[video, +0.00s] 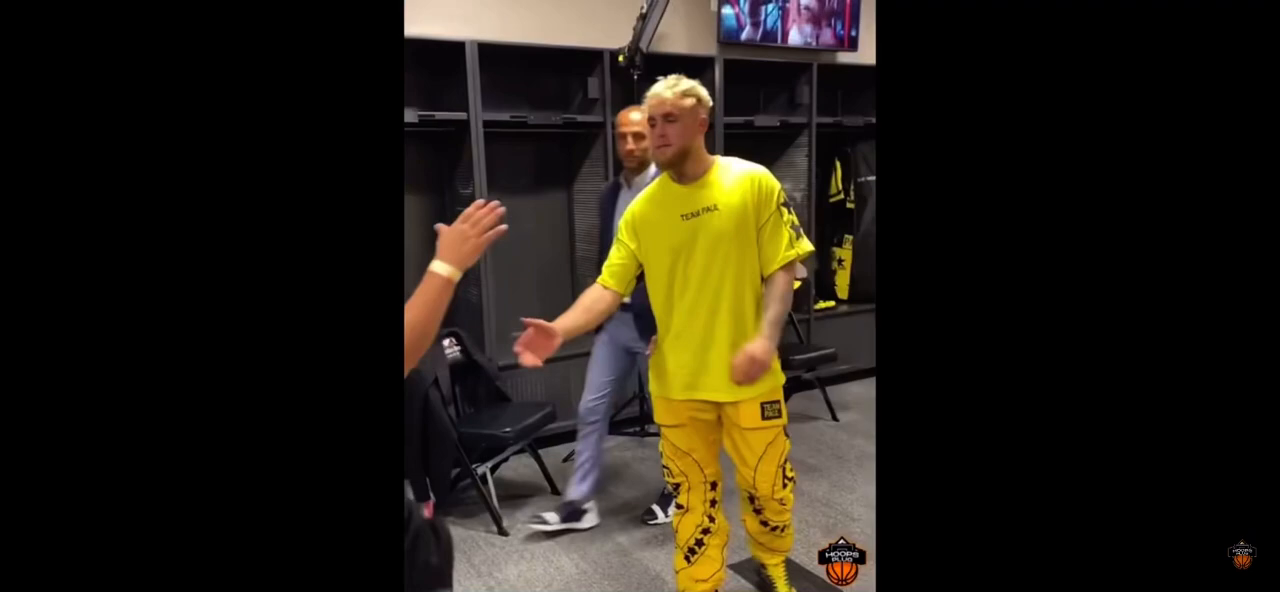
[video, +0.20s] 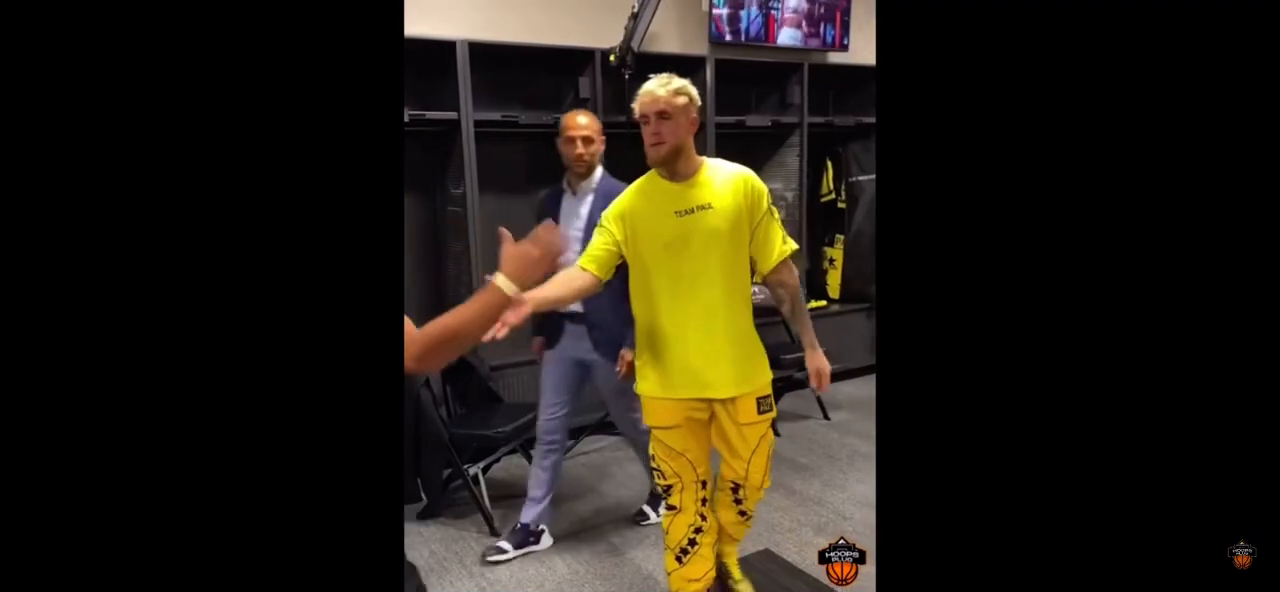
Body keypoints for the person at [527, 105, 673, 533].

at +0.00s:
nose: (629, 145)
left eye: (637, 137)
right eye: (622, 138)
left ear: (654, 139)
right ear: (614, 143)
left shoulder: (671, 189)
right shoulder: (612, 194)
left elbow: (684, 261)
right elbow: (609, 258)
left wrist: (666, 328)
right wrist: (601, 310)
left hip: (663, 322)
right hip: (617, 319)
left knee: (672, 416)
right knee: (592, 408)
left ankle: (678, 491)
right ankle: (579, 501)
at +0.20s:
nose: (580, 149)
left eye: (588, 141)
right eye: (571, 141)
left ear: (603, 145)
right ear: (559, 146)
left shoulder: (625, 199)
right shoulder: (550, 202)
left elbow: (642, 276)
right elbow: (543, 269)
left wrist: (635, 340)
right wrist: (540, 326)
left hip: (611, 334)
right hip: (561, 332)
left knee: (633, 424)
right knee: (549, 430)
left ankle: (664, 485)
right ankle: (531, 525)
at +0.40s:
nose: (520, 138)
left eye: (530, 130)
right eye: (513, 130)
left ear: (548, 137)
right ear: (502, 137)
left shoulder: (578, 194)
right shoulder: (493, 200)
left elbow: (602, 268)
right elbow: (485, 269)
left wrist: (607, 334)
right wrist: (479, 330)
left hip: (558, 333)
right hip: (510, 333)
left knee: (559, 440)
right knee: (524, 438)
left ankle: (613, 473)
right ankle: (524, 526)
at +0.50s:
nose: (499, 135)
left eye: (509, 128)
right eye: (492, 128)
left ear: (527, 135)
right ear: (481, 135)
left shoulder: (557, 191)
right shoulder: (470, 197)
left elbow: (582, 266)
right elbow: (462, 269)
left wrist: (590, 333)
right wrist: (444, 334)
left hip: (540, 327)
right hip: (491, 328)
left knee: (529, 440)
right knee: (509, 439)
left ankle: (568, 500)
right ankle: (520, 527)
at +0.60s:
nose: (481, 135)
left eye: (491, 128)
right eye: (474, 127)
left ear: (510, 135)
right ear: (463, 134)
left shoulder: (540, 191)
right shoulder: (450, 194)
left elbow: (563, 270)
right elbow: (435, 265)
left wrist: (569, 335)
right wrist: (424, 332)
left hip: (522, 329)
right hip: (469, 330)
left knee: (509, 443)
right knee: (500, 441)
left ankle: (511, 545)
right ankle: (524, 521)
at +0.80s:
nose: (453, 142)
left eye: (465, 134)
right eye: (446, 132)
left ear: (482, 141)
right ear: (434, 136)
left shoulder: (511, 202)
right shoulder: (415, 199)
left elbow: (532, 286)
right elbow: (411, 273)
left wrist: (526, 354)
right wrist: (408, 346)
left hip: (487, 344)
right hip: (433, 341)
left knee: (463, 459)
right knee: (479, 442)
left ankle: (438, 567)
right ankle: (516, 522)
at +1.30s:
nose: (463, 129)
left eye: (475, 122)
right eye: (455, 119)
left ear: (492, 132)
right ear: (439, 123)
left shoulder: (516, 197)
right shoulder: (410, 185)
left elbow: (532, 287)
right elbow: (403, 264)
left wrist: (510, 357)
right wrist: (406, 337)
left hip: (478, 346)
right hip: (417, 342)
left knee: (491, 466)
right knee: (428, 451)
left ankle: (495, 564)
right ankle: (449, 531)